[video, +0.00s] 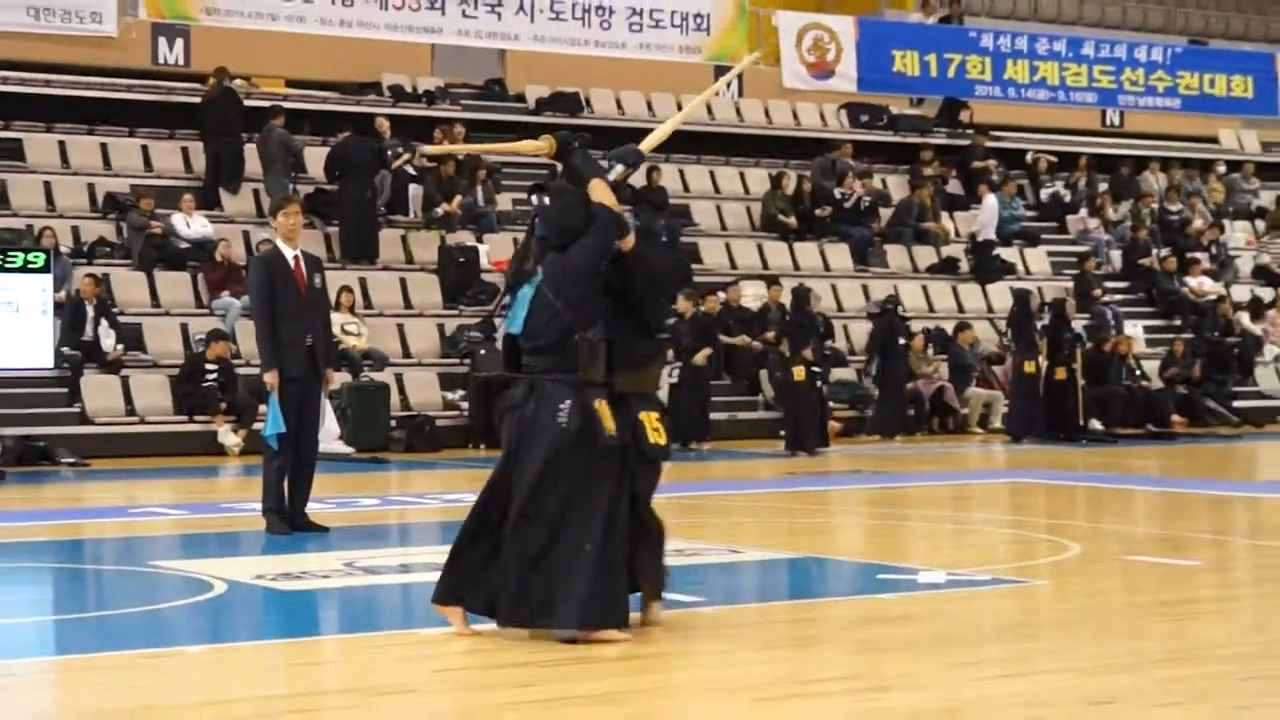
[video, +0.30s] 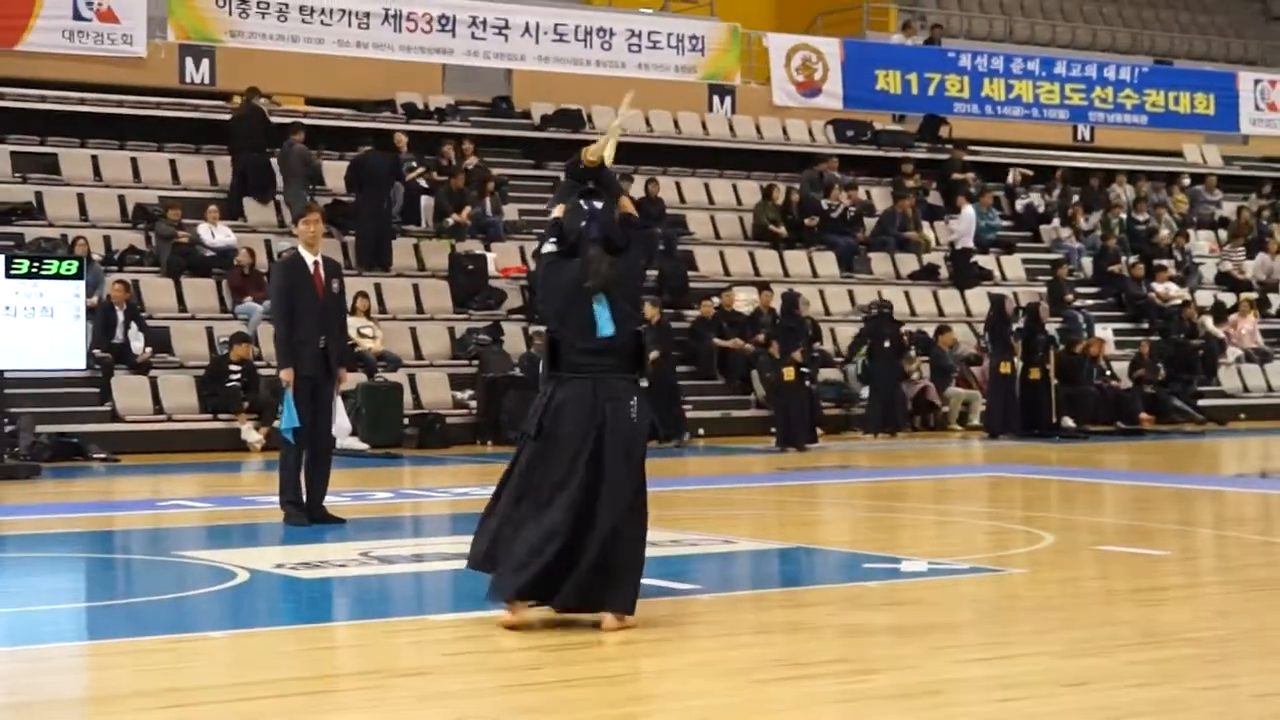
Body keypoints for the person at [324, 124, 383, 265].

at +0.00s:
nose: (337, 139)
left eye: (337, 136)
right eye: (336, 137)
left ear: (340, 135)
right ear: (353, 132)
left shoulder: (337, 148)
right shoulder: (371, 144)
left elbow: (329, 172)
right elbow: (382, 165)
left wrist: (338, 180)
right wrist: (369, 174)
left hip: (347, 188)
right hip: (368, 187)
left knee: (348, 222)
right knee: (369, 221)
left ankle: (349, 255)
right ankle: (370, 255)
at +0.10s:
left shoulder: (349, 154)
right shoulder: (384, 152)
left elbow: (339, 178)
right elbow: (392, 171)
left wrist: (347, 186)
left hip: (356, 196)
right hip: (377, 195)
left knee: (357, 228)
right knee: (377, 227)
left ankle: (358, 260)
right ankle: (378, 259)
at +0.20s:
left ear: (368, 142)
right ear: (385, 142)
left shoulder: (356, 158)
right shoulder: (390, 156)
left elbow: (347, 183)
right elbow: (398, 175)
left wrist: (356, 190)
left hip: (362, 198)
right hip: (382, 198)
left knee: (363, 230)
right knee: (382, 229)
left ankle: (364, 262)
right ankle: (383, 262)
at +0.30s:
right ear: (388, 143)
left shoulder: (358, 160)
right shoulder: (391, 158)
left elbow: (350, 185)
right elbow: (400, 178)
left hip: (364, 200)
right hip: (383, 200)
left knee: (364, 231)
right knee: (383, 230)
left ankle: (365, 263)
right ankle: (384, 263)